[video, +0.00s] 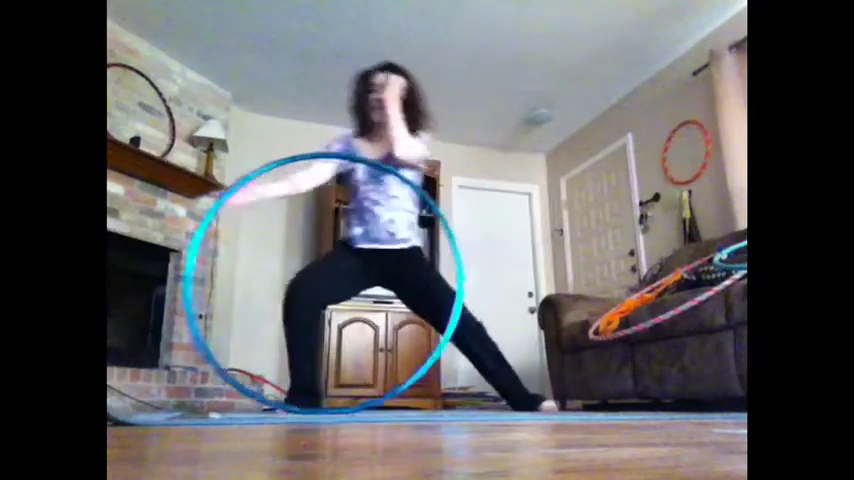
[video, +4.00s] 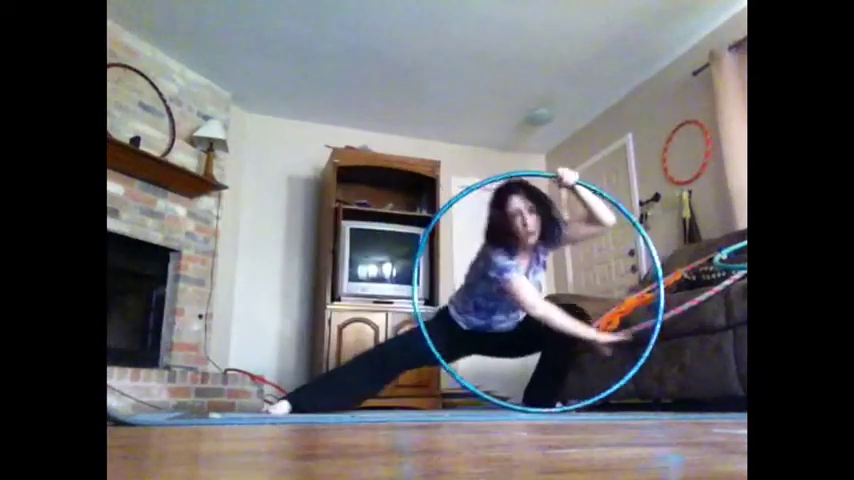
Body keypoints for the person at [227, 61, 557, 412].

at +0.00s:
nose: (382, 99)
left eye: (392, 92)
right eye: (375, 92)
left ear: (407, 101)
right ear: (364, 100)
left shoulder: (417, 143)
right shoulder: (347, 145)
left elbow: (403, 151)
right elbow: (296, 180)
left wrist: (394, 103)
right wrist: (233, 197)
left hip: (405, 259)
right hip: (354, 256)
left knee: (463, 325)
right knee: (302, 293)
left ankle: (525, 402)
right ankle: (303, 398)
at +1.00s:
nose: (476, 160)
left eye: (484, 155)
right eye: (469, 152)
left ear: (494, 160)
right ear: (454, 155)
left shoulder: (499, 198)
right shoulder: (445, 203)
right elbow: (461, 256)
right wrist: (477, 210)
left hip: (492, 299)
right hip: (443, 297)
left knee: (566, 315)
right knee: (376, 341)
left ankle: (539, 402)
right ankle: (306, 404)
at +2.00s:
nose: (470, 175)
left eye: (480, 171)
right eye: (467, 164)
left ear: (487, 177)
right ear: (453, 160)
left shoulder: (478, 210)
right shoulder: (414, 189)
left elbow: (480, 267)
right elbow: (355, 198)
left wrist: (480, 326)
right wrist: (383, 175)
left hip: (444, 303)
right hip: (391, 295)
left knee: (512, 315)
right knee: (331, 303)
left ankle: (540, 409)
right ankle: (300, 405)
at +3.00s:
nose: (321, 165)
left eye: (328, 156)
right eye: (312, 158)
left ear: (343, 159)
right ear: (302, 165)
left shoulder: (366, 186)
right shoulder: (302, 214)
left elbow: (387, 125)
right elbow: (274, 264)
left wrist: (342, 83)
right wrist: (257, 215)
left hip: (365, 314)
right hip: (319, 313)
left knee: (447, 346)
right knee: (263, 307)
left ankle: (538, 410)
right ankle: (290, 402)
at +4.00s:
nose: (523, 222)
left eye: (528, 213)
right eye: (513, 217)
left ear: (542, 214)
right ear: (503, 224)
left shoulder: (547, 240)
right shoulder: (498, 258)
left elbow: (604, 222)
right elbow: (536, 307)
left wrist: (575, 186)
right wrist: (594, 336)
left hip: (504, 331)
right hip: (455, 330)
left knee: (568, 326)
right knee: (385, 359)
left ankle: (534, 411)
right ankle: (294, 405)